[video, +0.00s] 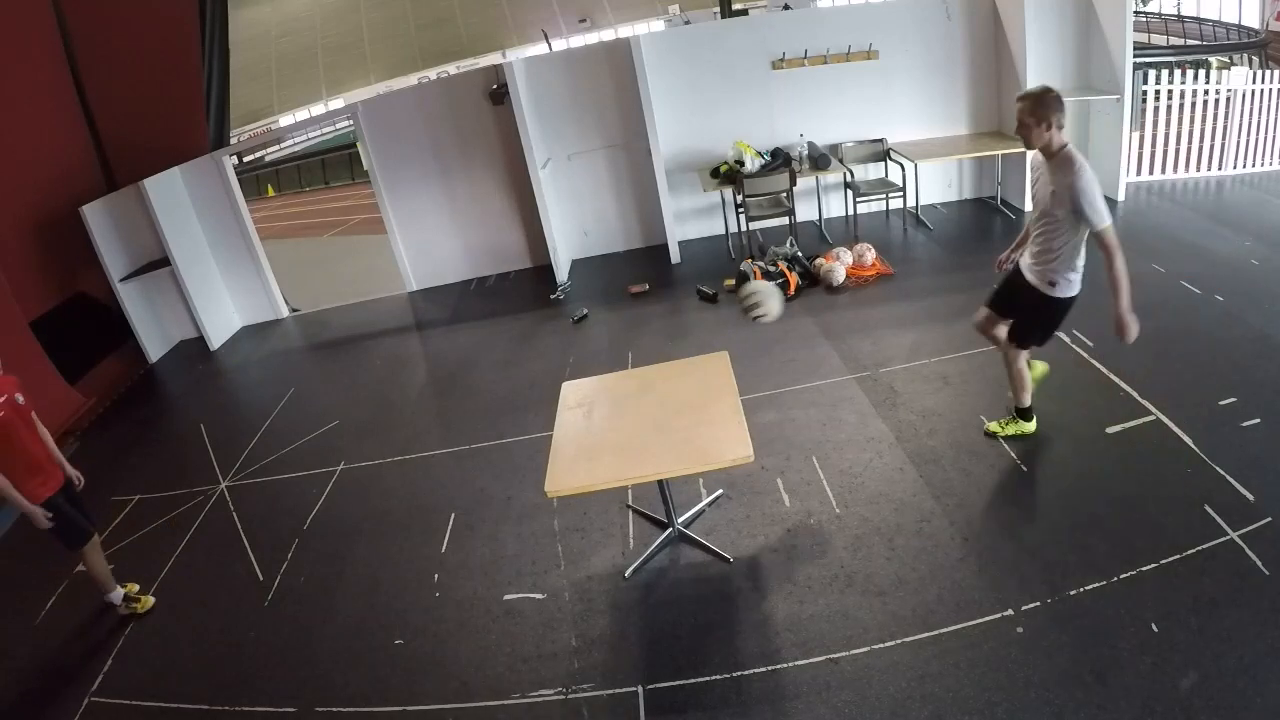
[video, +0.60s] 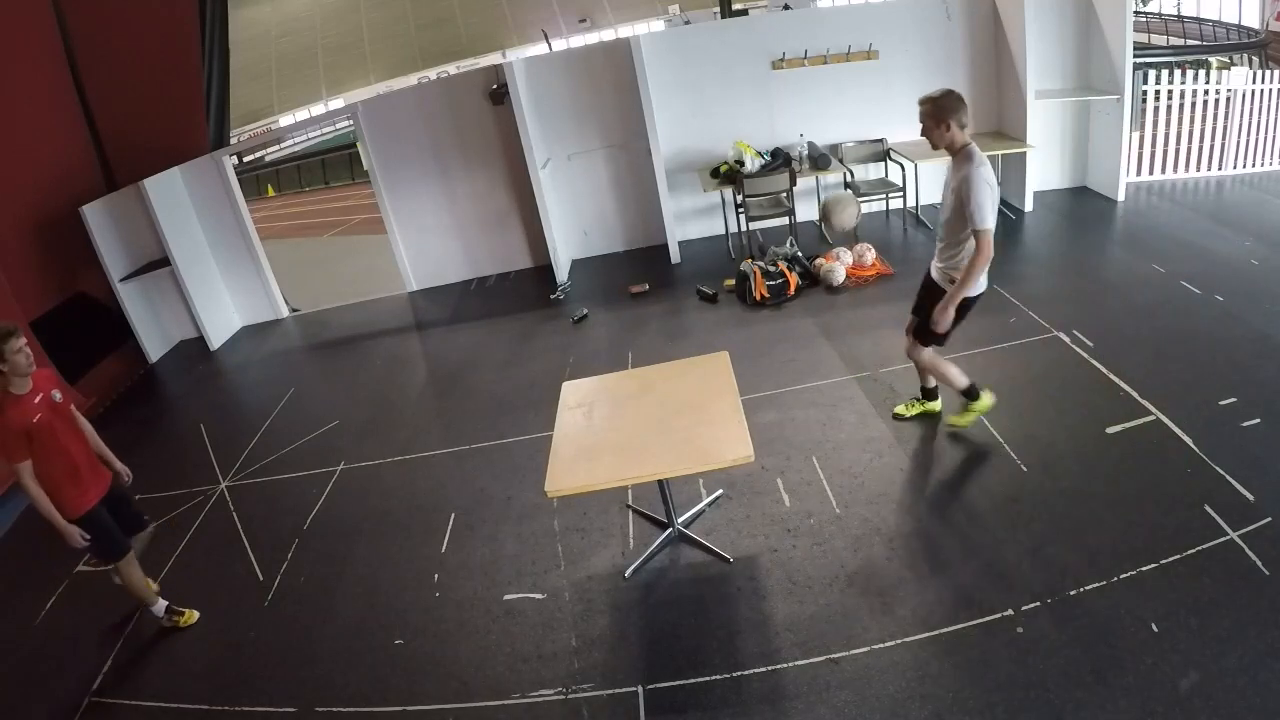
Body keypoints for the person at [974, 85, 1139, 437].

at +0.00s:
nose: (1018, 132)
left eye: (1024, 125)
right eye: (1018, 124)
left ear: (1049, 127)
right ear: (1042, 128)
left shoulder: (1078, 175)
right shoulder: (1039, 161)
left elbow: (1110, 245)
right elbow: (1040, 217)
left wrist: (1124, 310)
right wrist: (1014, 250)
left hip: (1055, 285)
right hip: (1028, 267)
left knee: (1013, 348)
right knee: (986, 323)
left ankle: (1024, 417)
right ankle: (1029, 367)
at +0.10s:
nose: (1002, 143)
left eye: (1006, 136)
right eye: (1001, 135)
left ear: (1029, 134)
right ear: (1027, 133)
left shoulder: (1062, 182)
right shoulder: (1031, 165)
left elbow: (1080, 261)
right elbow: (1035, 224)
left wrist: (1074, 329)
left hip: (1036, 285)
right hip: (1012, 263)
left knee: (1002, 355)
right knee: (954, 306)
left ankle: (1024, 419)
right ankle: (957, 366)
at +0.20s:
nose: (986, 145)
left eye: (988, 137)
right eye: (984, 137)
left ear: (1009, 133)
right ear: (1009, 131)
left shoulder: (1043, 180)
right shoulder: (1021, 160)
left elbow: (1049, 261)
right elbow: (1024, 221)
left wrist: (1013, 315)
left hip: (1023, 281)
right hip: (999, 259)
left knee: (1000, 349)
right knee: (940, 306)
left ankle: (1024, 417)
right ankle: (886, 352)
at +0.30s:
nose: (967, 137)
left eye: (969, 130)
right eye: (965, 130)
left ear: (990, 127)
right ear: (991, 125)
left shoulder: (1025, 168)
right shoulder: (1009, 154)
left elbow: (1017, 251)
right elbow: (1006, 221)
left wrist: (969, 298)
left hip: (1011, 276)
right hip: (987, 256)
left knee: (1002, 352)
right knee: (931, 304)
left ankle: (1024, 417)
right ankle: (873, 358)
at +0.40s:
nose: (951, 132)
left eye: (953, 124)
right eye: (950, 124)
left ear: (976, 123)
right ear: (979, 121)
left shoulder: (1004, 171)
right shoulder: (992, 155)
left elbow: (994, 248)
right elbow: (990, 221)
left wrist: (943, 290)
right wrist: (970, 258)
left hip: (997, 276)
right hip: (972, 261)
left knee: (993, 350)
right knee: (926, 314)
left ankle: (1023, 415)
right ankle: (900, 379)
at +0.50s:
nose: (936, 133)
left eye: (939, 126)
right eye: (936, 125)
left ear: (961, 125)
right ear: (965, 124)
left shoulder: (988, 175)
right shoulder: (975, 159)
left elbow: (985, 249)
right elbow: (970, 227)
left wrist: (939, 292)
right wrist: (953, 264)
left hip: (977, 285)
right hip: (954, 270)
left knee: (957, 357)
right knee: (928, 332)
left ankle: (1011, 405)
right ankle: (931, 399)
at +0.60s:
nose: (922, 134)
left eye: (926, 127)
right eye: (922, 127)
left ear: (948, 126)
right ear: (950, 126)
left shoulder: (975, 176)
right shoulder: (961, 161)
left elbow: (985, 252)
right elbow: (960, 226)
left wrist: (950, 303)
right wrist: (939, 266)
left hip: (956, 284)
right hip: (941, 272)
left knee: (916, 349)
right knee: (914, 331)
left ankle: (975, 396)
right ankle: (929, 398)